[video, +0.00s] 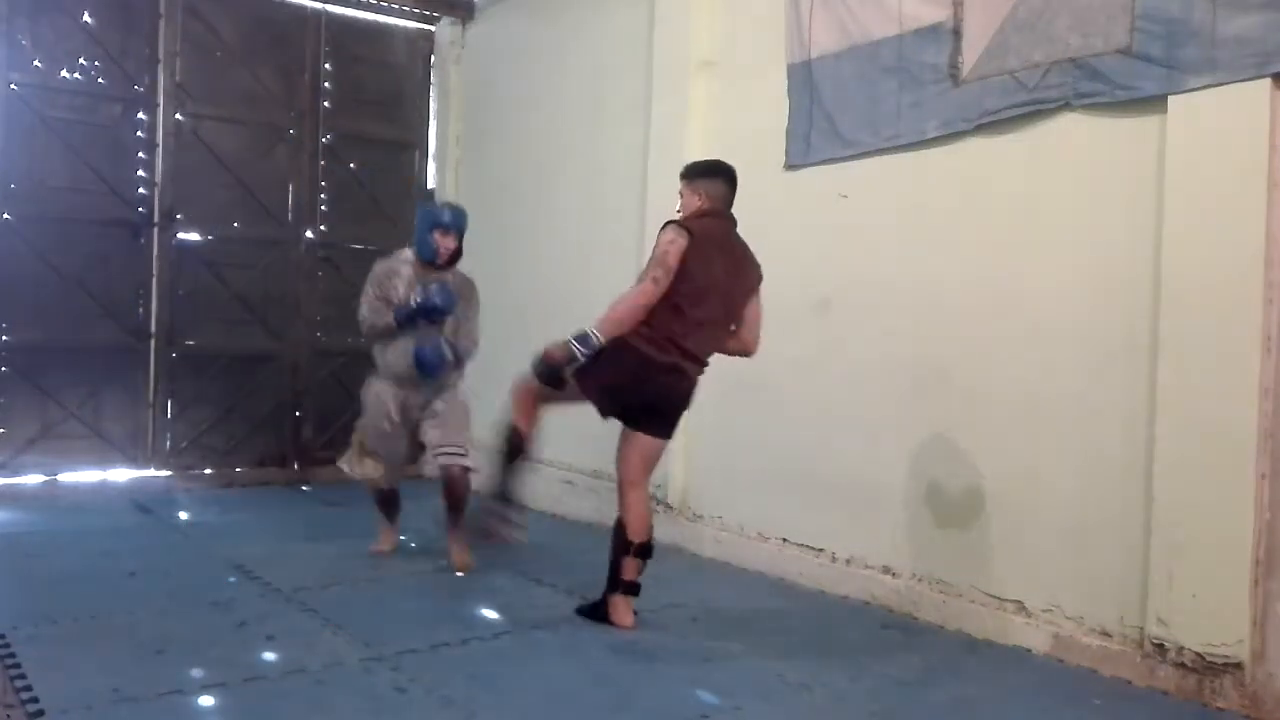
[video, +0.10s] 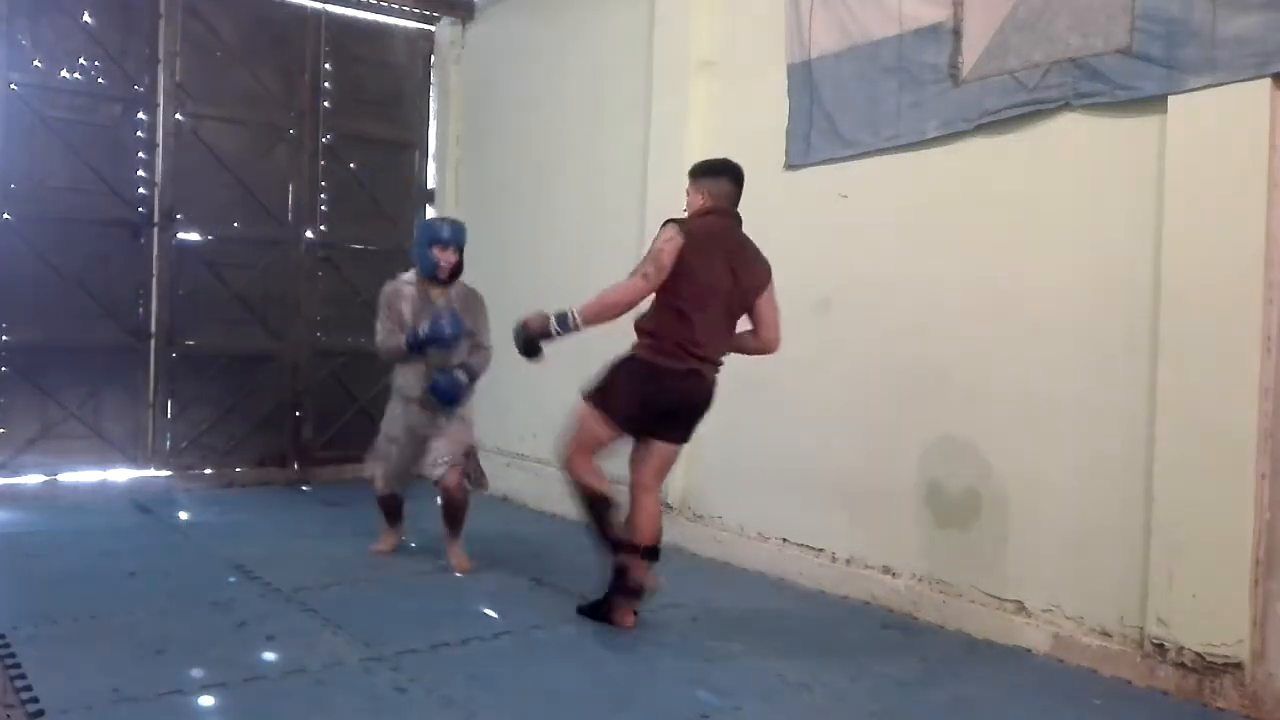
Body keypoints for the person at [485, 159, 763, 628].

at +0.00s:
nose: (679, 203)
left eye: (683, 195)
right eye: (681, 195)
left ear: (699, 197)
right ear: (726, 201)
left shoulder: (681, 233)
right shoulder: (748, 262)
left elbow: (649, 292)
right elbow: (745, 343)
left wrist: (581, 342)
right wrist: (689, 328)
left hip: (627, 363)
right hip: (674, 388)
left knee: (530, 390)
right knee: (635, 481)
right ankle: (621, 601)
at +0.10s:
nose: (686, 201)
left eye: (690, 193)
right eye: (690, 193)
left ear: (701, 196)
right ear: (733, 200)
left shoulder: (680, 233)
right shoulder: (754, 260)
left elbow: (632, 292)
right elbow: (767, 340)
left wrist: (561, 322)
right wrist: (715, 338)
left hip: (648, 372)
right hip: (696, 387)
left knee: (579, 450)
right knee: (647, 481)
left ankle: (623, 553)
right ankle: (624, 603)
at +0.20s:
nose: (687, 202)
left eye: (690, 195)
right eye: (690, 195)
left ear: (702, 198)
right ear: (735, 202)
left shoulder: (679, 238)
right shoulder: (758, 257)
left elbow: (621, 300)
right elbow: (782, 335)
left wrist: (561, 305)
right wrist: (734, 341)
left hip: (677, 383)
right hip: (717, 388)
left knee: (658, 500)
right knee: (658, 495)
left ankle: (723, 612)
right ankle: (626, 601)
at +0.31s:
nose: (689, 197)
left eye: (691, 190)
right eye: (691, 189)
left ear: (701, 192)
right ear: (738, 194)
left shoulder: (689, 236)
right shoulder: (766, 244)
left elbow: (636, 300)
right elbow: (796, 317)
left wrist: (594, 298)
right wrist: (752, 326)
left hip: (699, 379)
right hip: (741, 381)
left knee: (690, 496)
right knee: (681, 483)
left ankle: (726, 614)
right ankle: (676, 592)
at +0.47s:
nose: (713, 185)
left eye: (715, 177)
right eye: (714, 177)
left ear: (726, 175)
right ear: (759, 173)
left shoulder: (718, 219)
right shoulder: (792, 225)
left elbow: (691, 296)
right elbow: (818, 304)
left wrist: (673, 305)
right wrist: (769, 297)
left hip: (723, 368)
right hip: (774, 367)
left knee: (700, 484)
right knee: (747, 476)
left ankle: (730, 611)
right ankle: (787, 599)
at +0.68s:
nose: (762, 200)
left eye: (763, 192)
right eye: (763, 191)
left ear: (772, 191)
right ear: (807, 190)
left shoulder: (754, 240)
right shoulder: (840, 250)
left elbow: (728, 320)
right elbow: (838, 323)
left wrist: (685, 354)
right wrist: (794, 295)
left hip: (742, 385)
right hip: (800, 392)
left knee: (677, 445)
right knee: (786, 501)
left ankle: (697, 558)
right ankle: (801, 626)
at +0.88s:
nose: (803, 198)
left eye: (805, 190)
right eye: (805, 190)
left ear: (816, 192)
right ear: (854, 194)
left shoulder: (786, 234)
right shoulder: (878, 262)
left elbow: (752, 294)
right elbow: (856, 321)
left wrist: (705, 360)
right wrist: (812, 295)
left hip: (735, 365)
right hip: (788, 392)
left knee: (669, 340)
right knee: (778, 497)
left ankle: (611, 383)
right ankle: (794, 623)